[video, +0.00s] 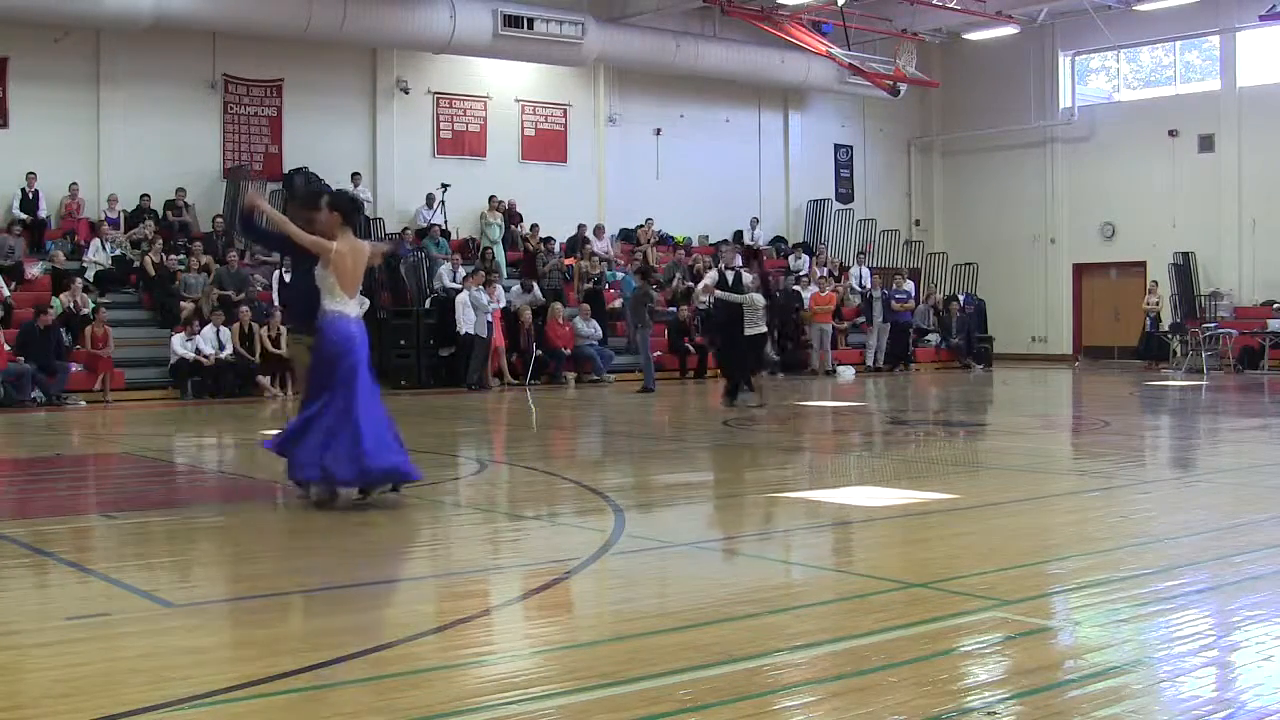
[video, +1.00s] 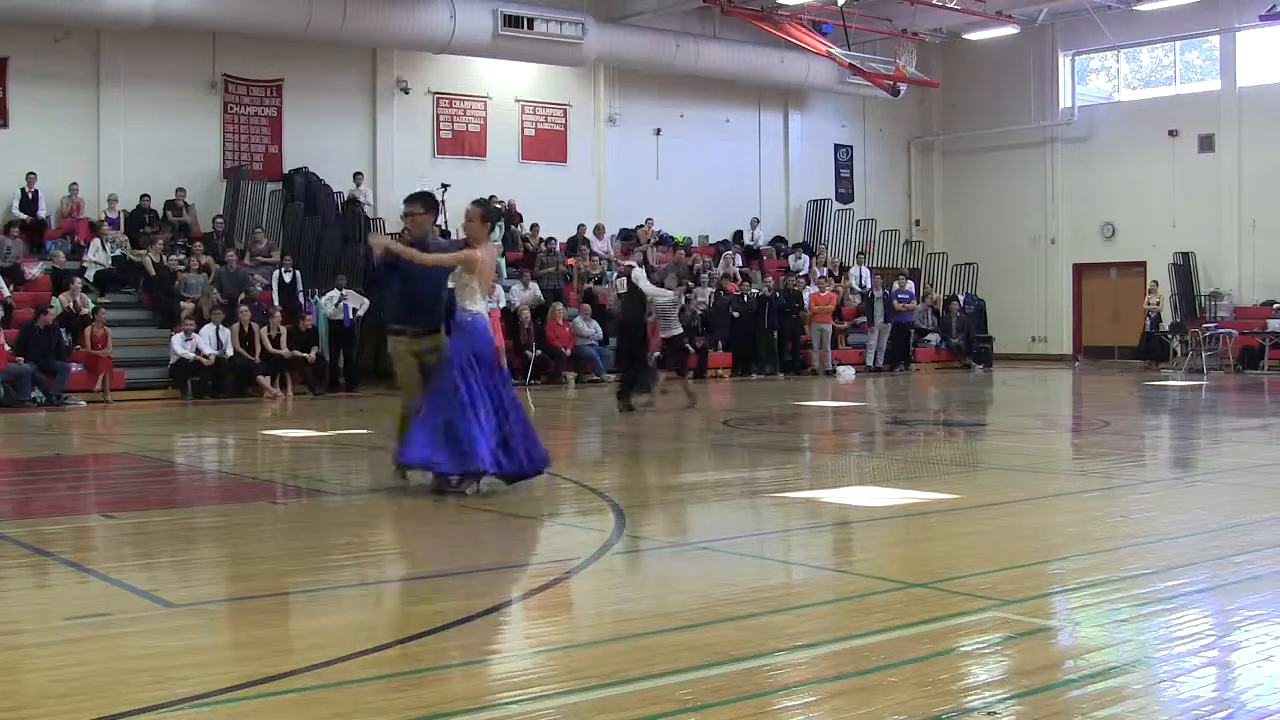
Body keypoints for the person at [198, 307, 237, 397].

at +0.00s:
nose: (218, 318)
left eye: (221, 315)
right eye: (215, 315)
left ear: (224, 317)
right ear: (211, 317)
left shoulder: (226, 331)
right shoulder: (205, 332)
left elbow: (229, 348)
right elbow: (206, 349)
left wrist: (223, 355)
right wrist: (217, 354)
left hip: (225, 356)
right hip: (212, 357)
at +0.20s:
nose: (217, 316)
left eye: (219, 314)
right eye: (214, 314)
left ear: (223, 316)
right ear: (210, 316)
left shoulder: (226, 330)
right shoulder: (205, 331)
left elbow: (229, 346)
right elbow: (208, 349)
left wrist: (224, 354)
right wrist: (220, 355)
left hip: (225, 356)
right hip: (212, 357)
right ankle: (220, 391)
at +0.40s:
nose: (216, 316)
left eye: (219, 313)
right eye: (213, 313)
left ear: (223, 315)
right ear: (210, 315)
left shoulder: (226, 330)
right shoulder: (205, 330)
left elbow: (229, 344)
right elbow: (207, 347)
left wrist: (225, 350)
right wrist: (218, 352)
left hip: (225, 356)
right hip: (212, 357)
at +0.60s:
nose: (216, 315)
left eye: (218, 312)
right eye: (213, 313)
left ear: (222, 315)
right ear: (209, 315)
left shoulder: (226, 330)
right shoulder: (204, 330)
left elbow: (230, 347)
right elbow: (205, 348)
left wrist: (226, 354)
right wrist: (217, 349)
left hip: (225, 356)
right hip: (211, 357)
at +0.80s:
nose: (216, 315)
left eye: (219, 313)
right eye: (214, 313)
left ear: (222, 315)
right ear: (210, 315)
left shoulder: (227, 330)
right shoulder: (204, 330)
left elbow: (229, 346)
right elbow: (204, 347)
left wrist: (227, 354)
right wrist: (214, 352)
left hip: (224, 356)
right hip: (211, 356)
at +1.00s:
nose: (217, 317)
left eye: (219, 314)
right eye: (214, 314)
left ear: (223, 316)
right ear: (210, 316)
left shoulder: (227, 331)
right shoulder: (204, 330)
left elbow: (229, 347)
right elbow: (203, 346)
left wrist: (227, 354)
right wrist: (214, 353)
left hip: (223, 356)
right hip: (210, 356)